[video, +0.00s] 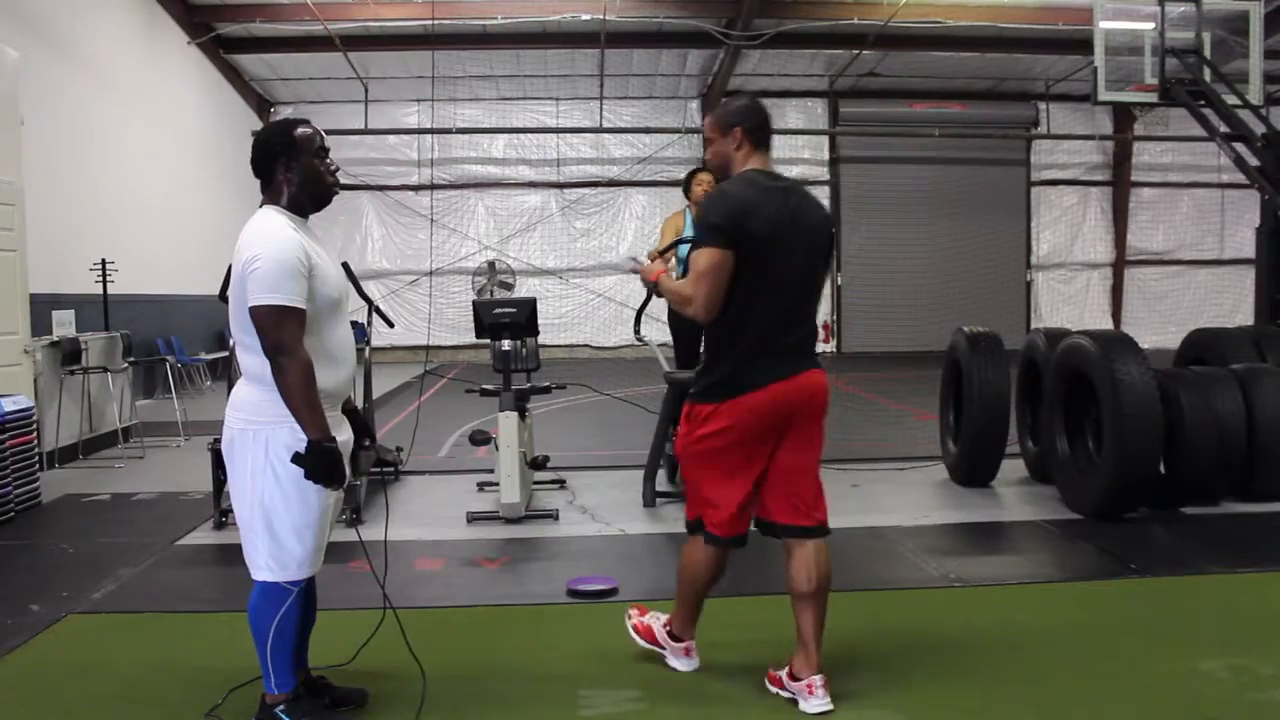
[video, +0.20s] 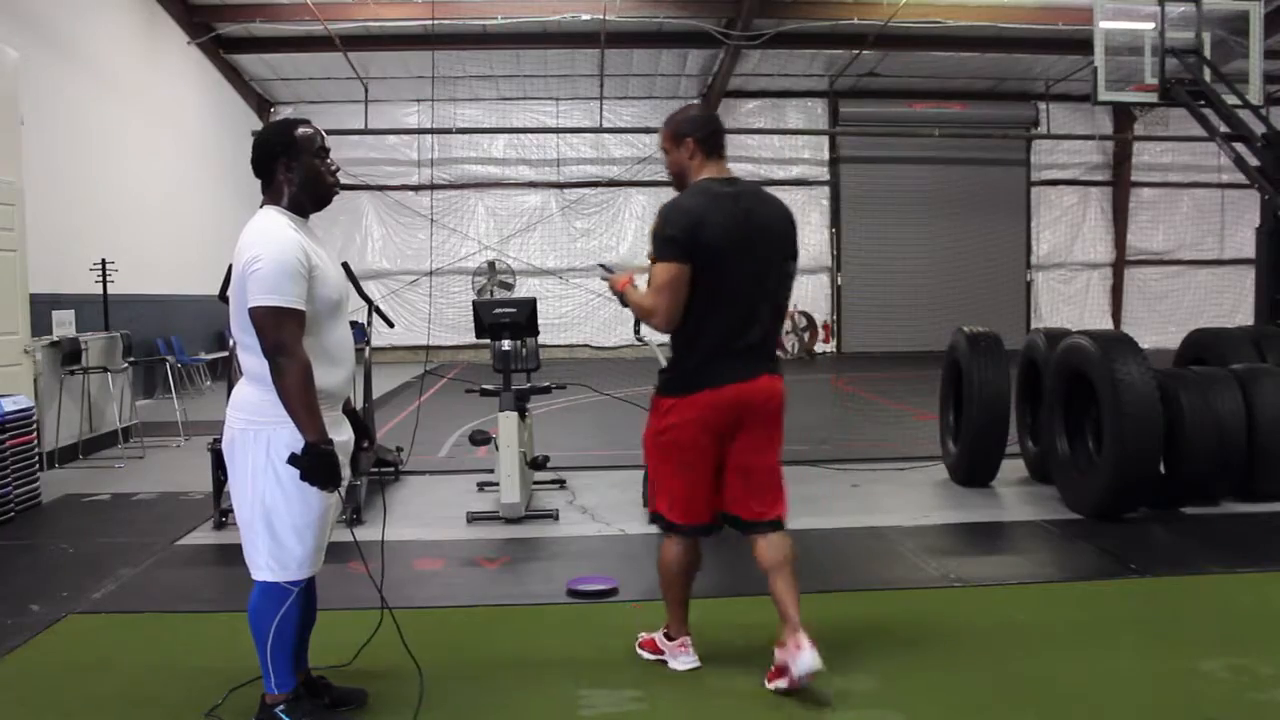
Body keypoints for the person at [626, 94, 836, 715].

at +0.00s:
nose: (706, 151)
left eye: (711, 140)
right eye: (706, 140)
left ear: (737, 138)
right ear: (758, 139)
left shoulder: (725, 202)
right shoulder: (814, 209)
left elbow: (700, 304)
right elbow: (804, 292)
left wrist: (659, 281)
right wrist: (713, 271)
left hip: (731, 395)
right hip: (804, 385)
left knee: (710, 524)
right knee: (805, 527)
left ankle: (679, 635)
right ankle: (807, 671)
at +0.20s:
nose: (665, 165)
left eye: (666, 154)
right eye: (663, 154)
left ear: (688, 148)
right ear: (716, 145)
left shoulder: (681, 215)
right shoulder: (776, 211)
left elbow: (664, 316)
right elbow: (772, 308)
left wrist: (629, 293)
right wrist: (663, 283)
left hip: (693, 395)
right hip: (762, 387)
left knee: (679, 520)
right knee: (764, 517)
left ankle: (676, 638)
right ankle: (795, 640)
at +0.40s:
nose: (633, 169)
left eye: (634, 159)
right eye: (632, 159)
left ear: (651, 153)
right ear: (684, 149)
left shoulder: (645, 218)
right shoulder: (747, 207)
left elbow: (626, 317)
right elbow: (767, 300)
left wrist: (603, 290)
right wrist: (776, 368)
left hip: (666, 391)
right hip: (730, 382)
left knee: (664, 519)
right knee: (729, 493)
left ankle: (675, 637)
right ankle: (752, 590)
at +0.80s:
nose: (617, 173)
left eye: (619, 164)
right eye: (618, 163)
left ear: (637, 161)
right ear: (669, 159)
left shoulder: (626, 221)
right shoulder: (719, 218)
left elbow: (606, 312)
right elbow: (731, 310)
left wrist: (581, 290)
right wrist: (726, 371)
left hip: (641, 384)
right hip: (699, 377)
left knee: (651, 509)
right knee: (675, 498)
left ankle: (677, 637)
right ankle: (657, 590)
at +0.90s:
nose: (619, 174)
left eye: (621, 165)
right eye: (619, 165)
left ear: (639, 164)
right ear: (668, 162)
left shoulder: (629, 221)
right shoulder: (714, 222)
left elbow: (608, 309)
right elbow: (722, 306)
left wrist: (577, 290)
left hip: (640, 382)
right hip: (695, 376)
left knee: (648, 505)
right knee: (667, 495)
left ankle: (677, 634)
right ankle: (654, 592)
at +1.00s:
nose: (618, 175)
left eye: (621, 166)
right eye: (617, 166)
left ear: (642, 163)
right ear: (663, 163)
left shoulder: (630, 219)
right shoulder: (706, 218)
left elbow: (614, 303)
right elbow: (719, 287)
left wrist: (577, 287)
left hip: (637, 384)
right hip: (688, 376)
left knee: (641, 501)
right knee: (660, 494)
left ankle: (674, 628)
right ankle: (651, 593)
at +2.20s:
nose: (633, 173)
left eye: (643, 165)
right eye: (631, 164)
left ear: (673, 164)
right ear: (637, 165)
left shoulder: (703, 223)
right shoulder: (645, 219)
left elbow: (704, 303)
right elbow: (648, 294)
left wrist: (632, 286)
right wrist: (616, 284)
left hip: (676, 381)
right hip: (633, 377)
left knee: (673, 492)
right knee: (627, 482)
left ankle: (681, 605)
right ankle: (656, 583)